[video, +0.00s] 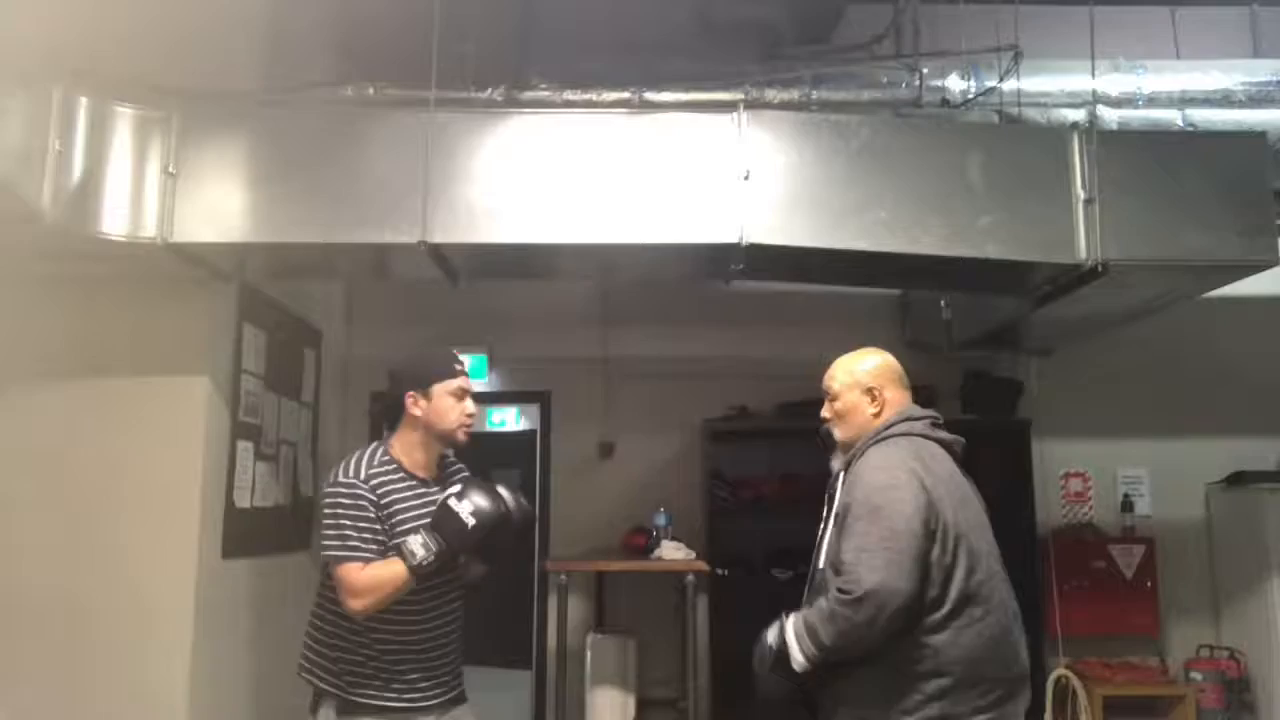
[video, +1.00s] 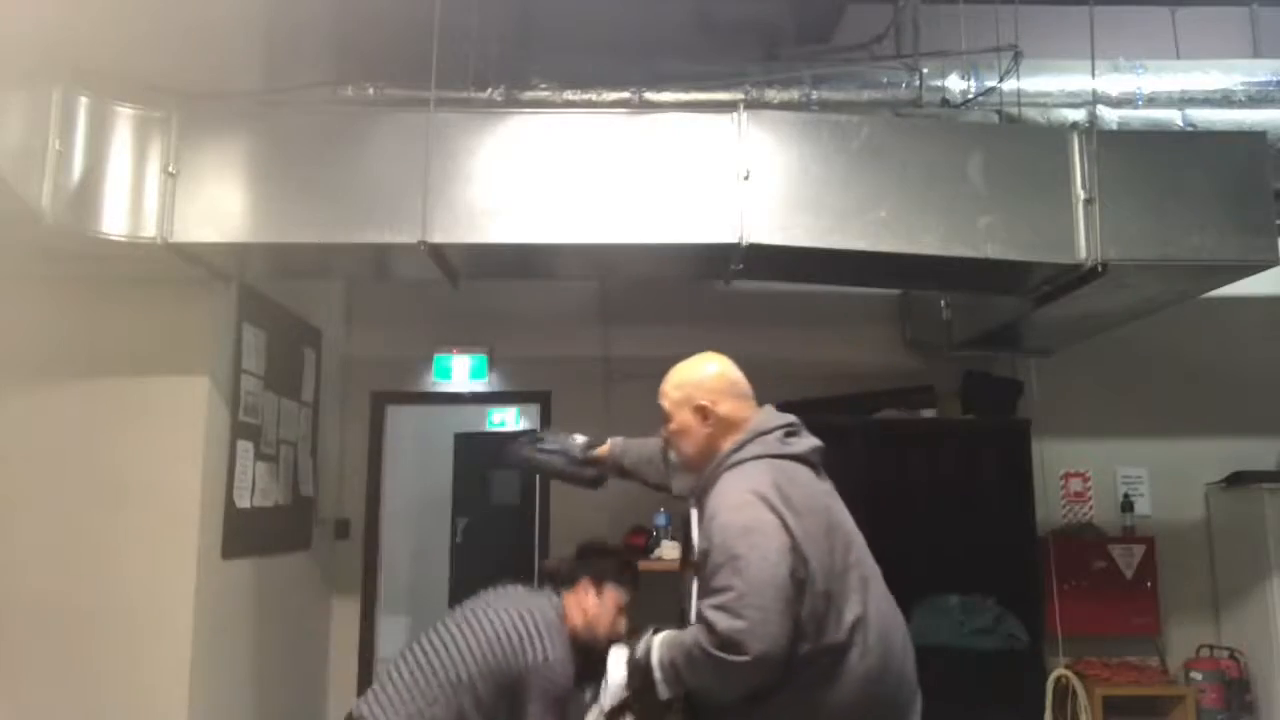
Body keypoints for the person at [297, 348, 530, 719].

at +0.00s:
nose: (473, 410)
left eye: (471, 398)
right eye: (459, 396)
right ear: (415, 403)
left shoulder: (453, 474)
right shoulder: (355, 481)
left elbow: (463, 573)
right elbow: (357, 595)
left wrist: (493, 536)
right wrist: (437, 540)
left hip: (443, 694)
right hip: (362, 701)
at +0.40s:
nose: (490, 445)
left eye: (492, 431)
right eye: (482, 428)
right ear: (440, 418)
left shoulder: (469, 490)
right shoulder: (356, 492)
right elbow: (324, 602)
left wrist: (500, 554)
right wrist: (414, 579)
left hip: (450, 699)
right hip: (365, 704)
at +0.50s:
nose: (514, 458)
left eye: (517, 444)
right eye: (507, 441)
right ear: (466, 431)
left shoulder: (484, 498)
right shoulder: (384, 493)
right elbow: (326, 592)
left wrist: (518, 566)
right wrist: (416, 602)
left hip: (457, 699)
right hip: (378, 703)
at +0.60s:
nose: (537, 508)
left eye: (539, 494)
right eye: (529, 492)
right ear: (492, 488)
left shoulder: (499, 537)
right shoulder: (421, 518)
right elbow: (360, 617)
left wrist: (543, 593)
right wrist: (453, 626)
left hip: (448, 703)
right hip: (378, 704)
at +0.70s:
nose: (571, 601)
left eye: (574, 589)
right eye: (564, 587)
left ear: (528, 579)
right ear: (527, 577)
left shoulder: (535, 619)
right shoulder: (444, 597)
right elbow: (397, 698)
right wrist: (495, 690)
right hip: (357, 707)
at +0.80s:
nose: (605, 664)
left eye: (609, 653)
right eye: (604, 650)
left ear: (570, 637)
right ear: (570, 638)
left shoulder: (530, 660)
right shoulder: (485, 674)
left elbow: (532, 714)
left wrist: (582, 710)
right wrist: (569, 713)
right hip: (361, 715)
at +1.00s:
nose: (623, 626)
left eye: (625, 613)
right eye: (620, 608)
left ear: (585, 591)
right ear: (587, 591)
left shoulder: (516, 596)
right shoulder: (551, 656)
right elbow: (546, 713)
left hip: (369, 707)